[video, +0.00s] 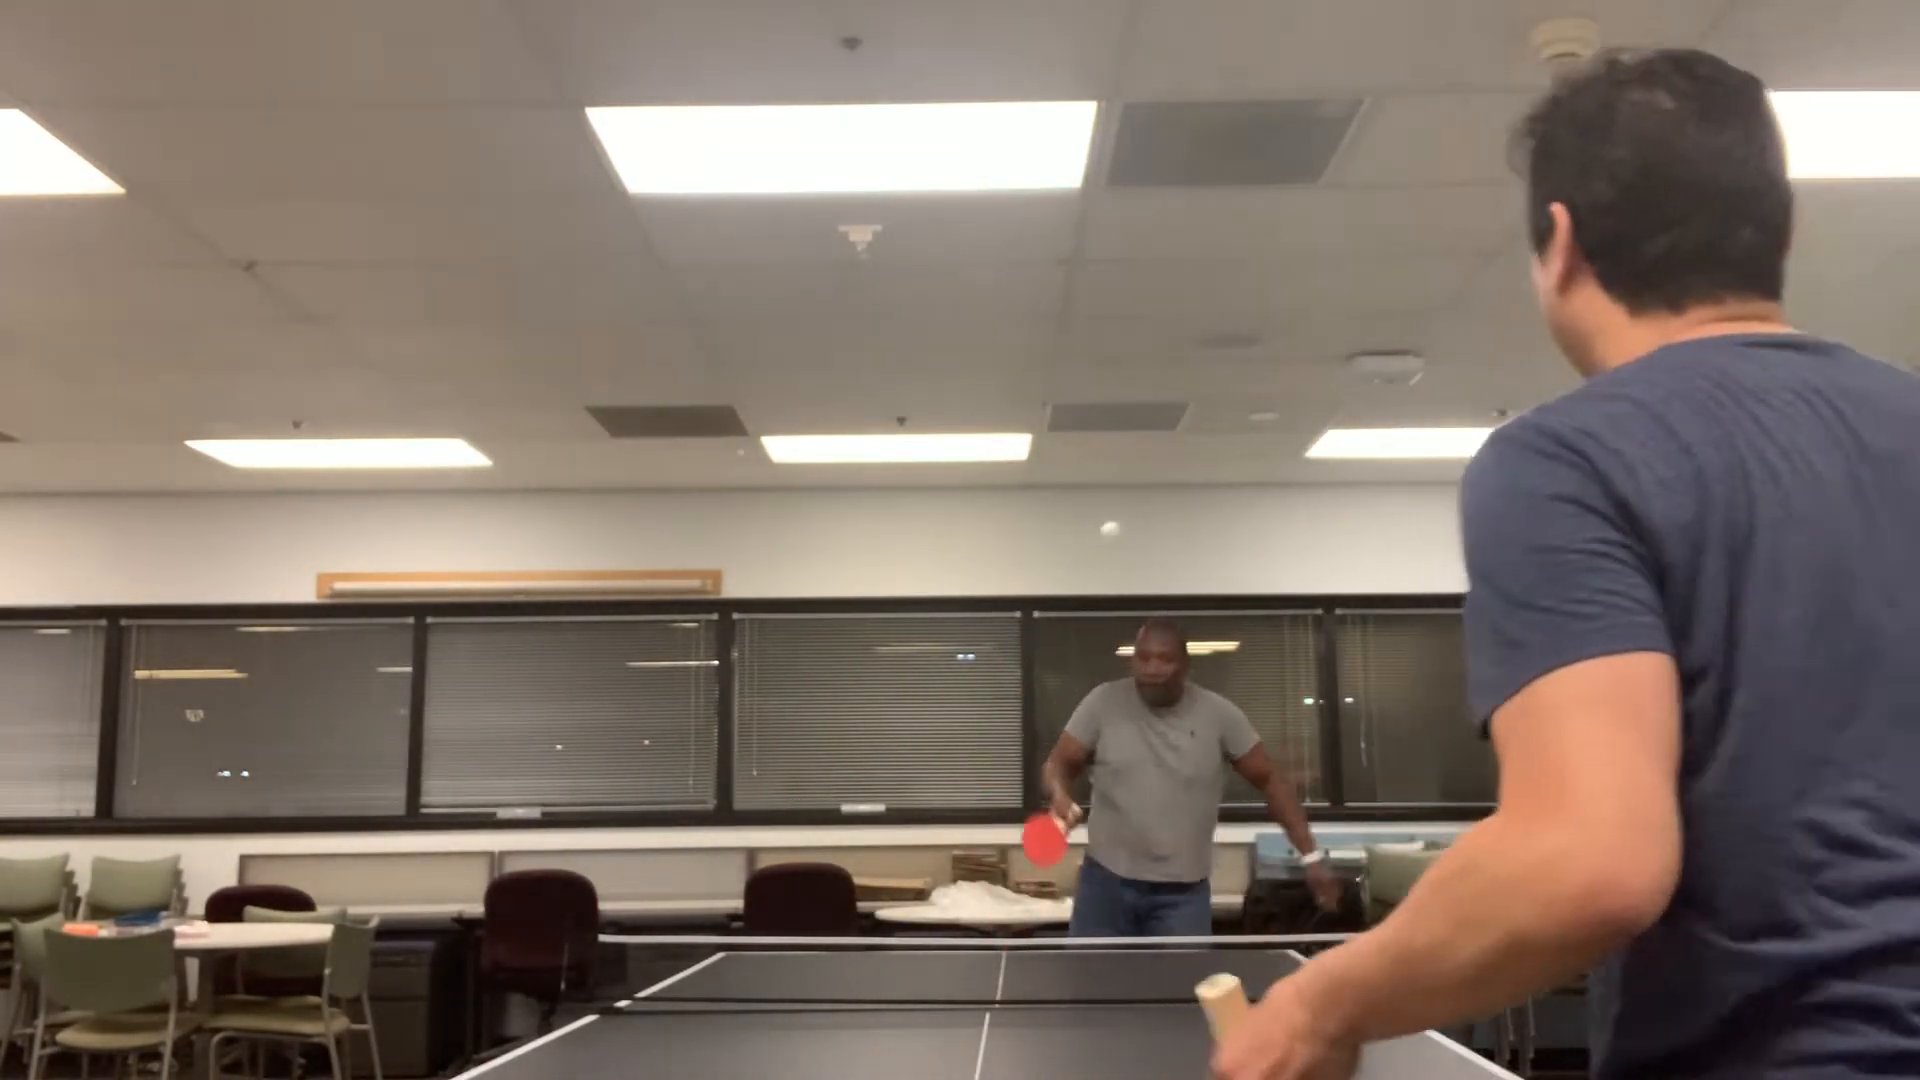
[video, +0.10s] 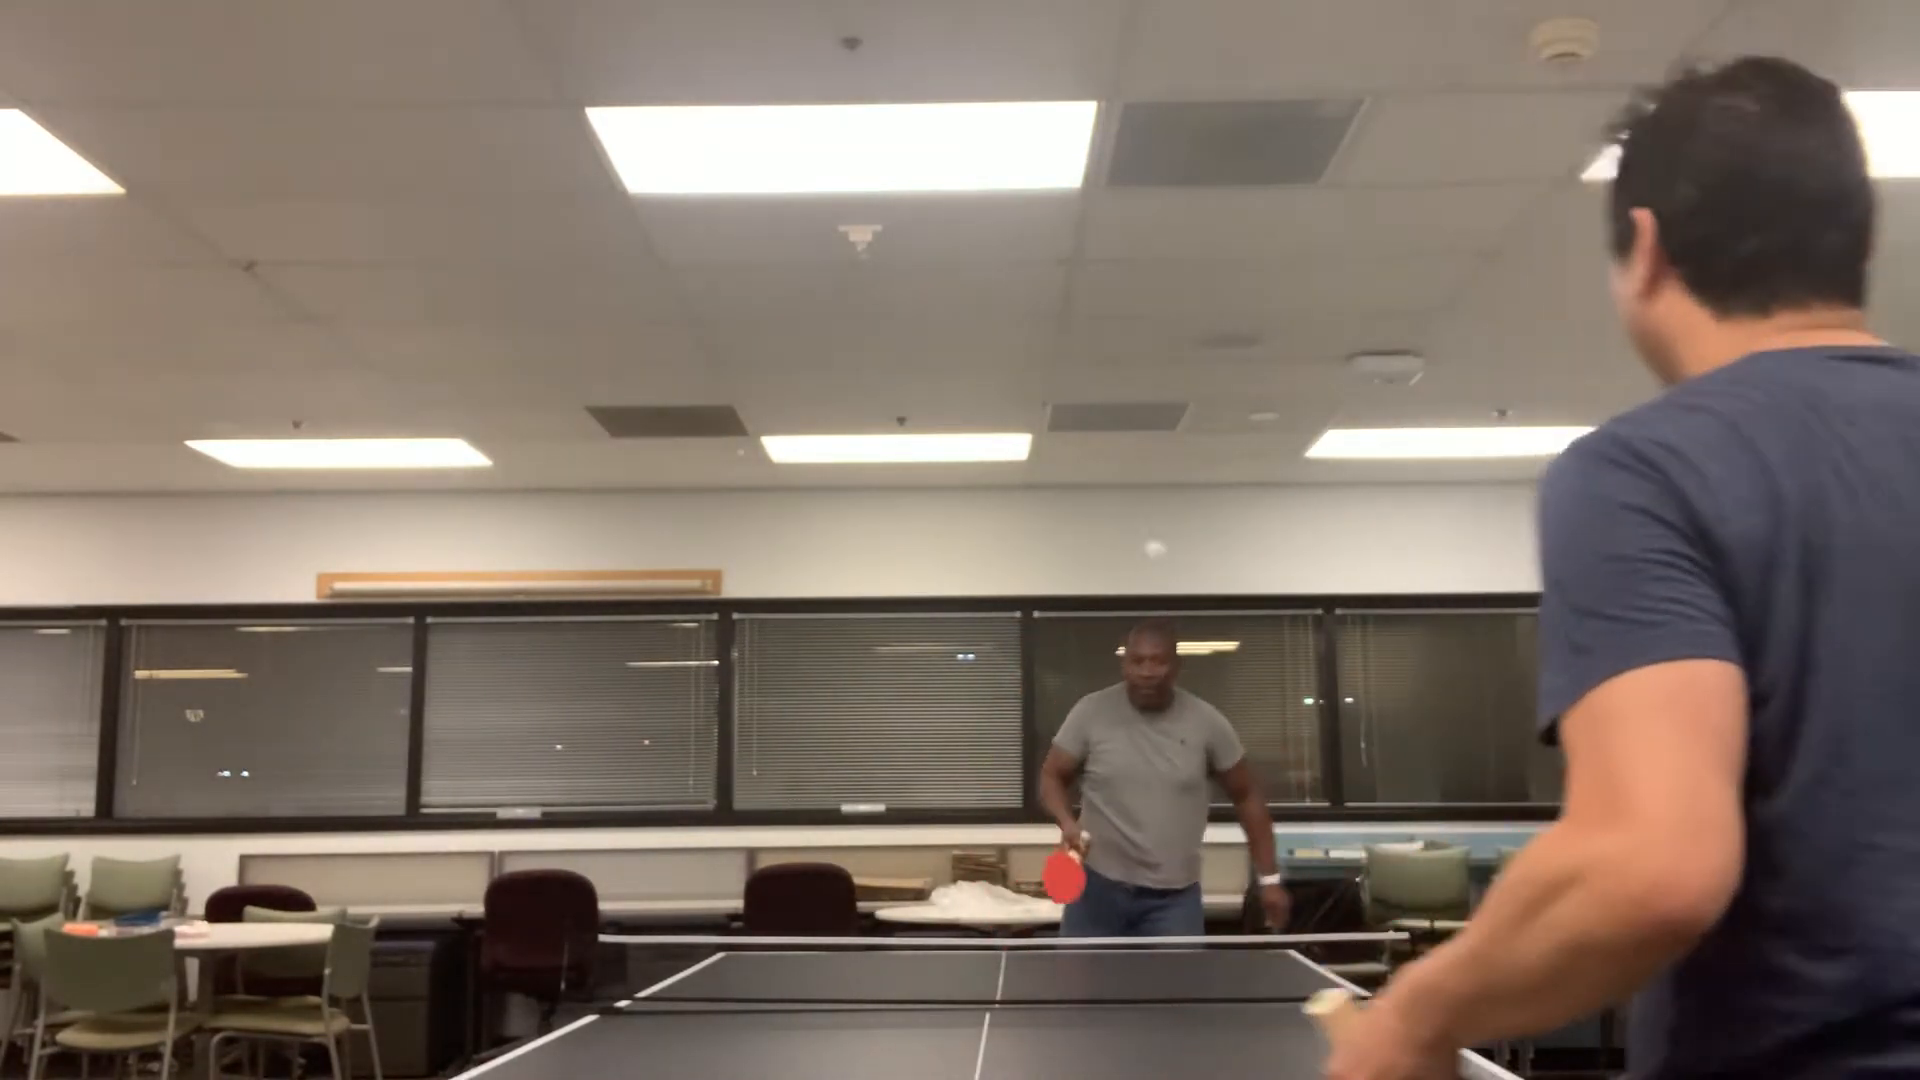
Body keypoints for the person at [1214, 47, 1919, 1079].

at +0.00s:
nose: (1533, 286)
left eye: (1528, 249)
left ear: (1562, 239)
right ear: (1775, 230)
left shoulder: (1571, 452)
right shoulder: (1902, 410)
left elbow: (1594, 859)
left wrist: (1323, 1000)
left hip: (1738, 1046)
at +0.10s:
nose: (1619, 292)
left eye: (1614, 255)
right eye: (1613, 259)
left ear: (1648, 247)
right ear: (1856, 235)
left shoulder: (1650, 466)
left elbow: (1657, 863)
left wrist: (1415, 1015)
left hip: (1771, 1045)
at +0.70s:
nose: (1752, 435)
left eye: (1750, 410)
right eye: (1748, 412)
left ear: (1778, 408)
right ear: (1914, 387)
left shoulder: (1697, 594)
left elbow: (1613, 858)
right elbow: (1613, 857)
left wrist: (1593, 752)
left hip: (1809, 1050)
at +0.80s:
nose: (1707, 432)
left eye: (1703, 408)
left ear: (1725, 407)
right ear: (1895, 397)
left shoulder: (1645, 585)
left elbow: (1579, 815)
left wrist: (1562, 701)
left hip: (1740, 1050)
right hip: (1910, 1043)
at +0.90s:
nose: (1665, 424)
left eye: (1660, 401)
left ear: (1682, 400)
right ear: (1847, 393)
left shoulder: (1605, 564)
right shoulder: (1911, 513)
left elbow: (1547, 754)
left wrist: (1514, 659)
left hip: (1705, 1043)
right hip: (1901, 1030)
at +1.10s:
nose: (1628, 426)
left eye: (1622, 400)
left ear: (1646, 397)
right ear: (1800, 391)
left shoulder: (1571, 557)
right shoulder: (1905, 505)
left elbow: (1442, 709)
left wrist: (1337, 664)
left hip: (1670, 1031)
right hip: (1886, 1023)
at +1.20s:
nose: (1634, 417)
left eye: (1631, 388)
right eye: (1632, 389)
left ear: (1653, 389)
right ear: (1809, 380)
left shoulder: (1572, 561)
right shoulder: (1905, 504)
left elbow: (1397, 762)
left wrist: (1294, 709)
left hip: (1668, 1033)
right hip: (1885, 1028)